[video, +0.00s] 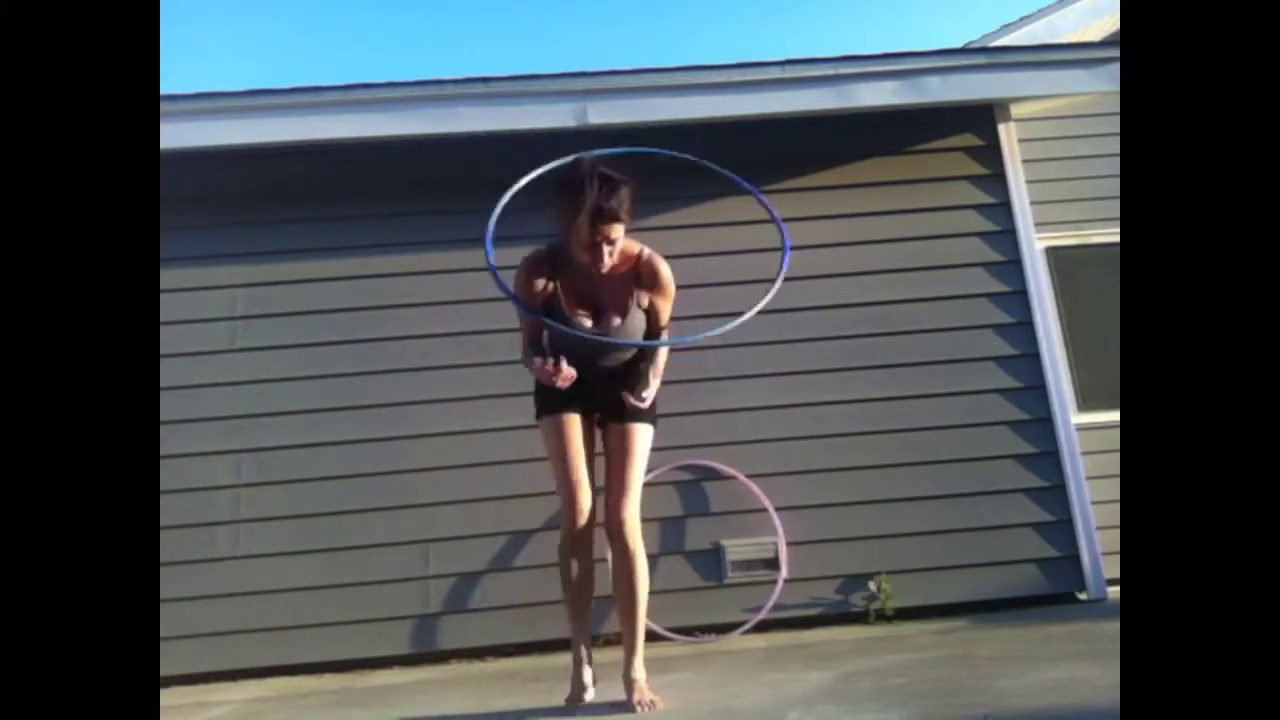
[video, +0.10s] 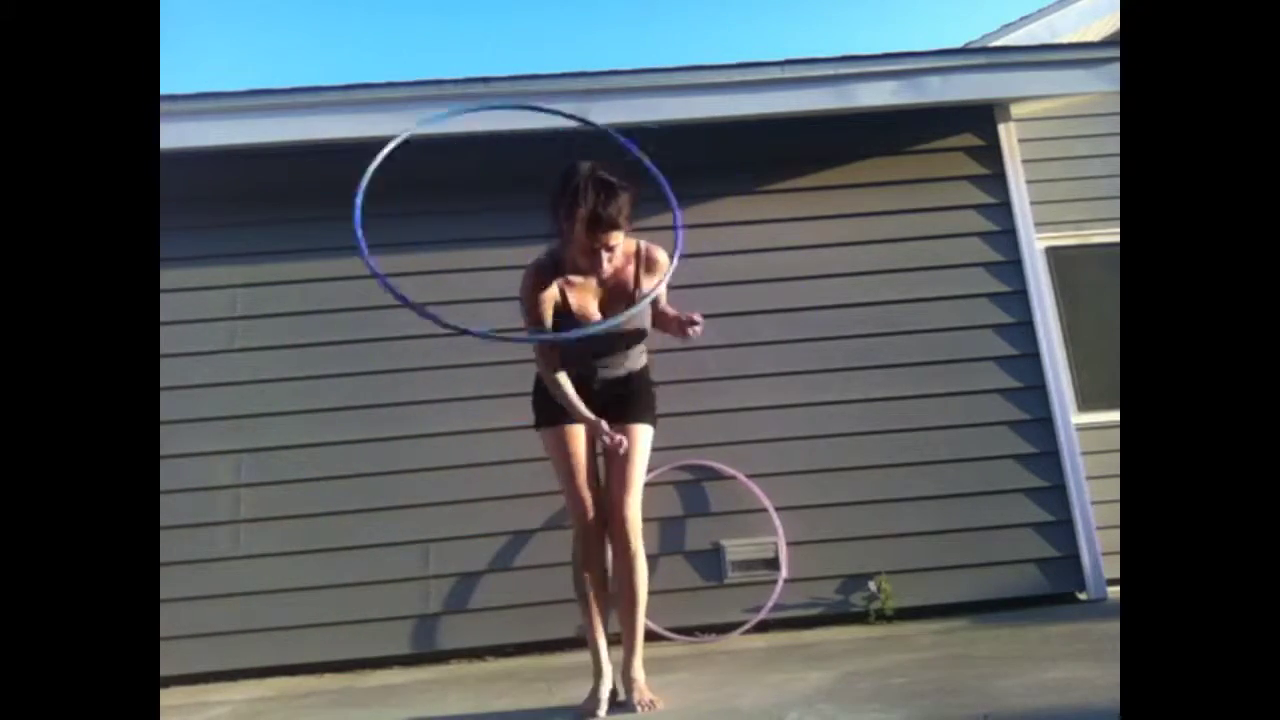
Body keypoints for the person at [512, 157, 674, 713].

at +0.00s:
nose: (602, 252)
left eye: (611, 241)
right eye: (592, 242)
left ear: (626, 224)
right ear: (568, 224)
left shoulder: (650, 270)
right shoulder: (539, 270)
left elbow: (659, 337)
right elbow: (530, 345)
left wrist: (650, 379)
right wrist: (545, 369)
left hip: (628, 380)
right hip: (563, 381)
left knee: (622, 519)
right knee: (578, 515)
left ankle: (635, 668)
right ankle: (582, 663)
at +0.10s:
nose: (605, 252)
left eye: (614, 241)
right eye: (594, 242)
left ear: (628, 227)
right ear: (569, 226)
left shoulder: (650, 259)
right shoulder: (543, 278)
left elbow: (653, 312)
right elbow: (548, 366)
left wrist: (674, 322)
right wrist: (592, 421)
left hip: (630, 384)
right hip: (564, 386)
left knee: (625, 517)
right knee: (588, 519)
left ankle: (634, 665)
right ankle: (602, 668)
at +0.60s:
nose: (616, 269)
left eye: (626, 258)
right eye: (606, 258)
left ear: (640, 246)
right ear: (583, 246)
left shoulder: (657, 281)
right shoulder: (550, 291)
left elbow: (658, 348)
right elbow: (535, 365)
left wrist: (657, 374)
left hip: (621, 392)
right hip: (557, 397)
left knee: (658, 517)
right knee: (586, 531)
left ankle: (689, 650)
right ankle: (603, 672)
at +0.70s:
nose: (618, 269)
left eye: (627, 258)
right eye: (607, 259)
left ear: (640, 247)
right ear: (583, 247)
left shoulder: (658, 284)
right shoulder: (552, 277)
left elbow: (660, 367)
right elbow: (504, 329)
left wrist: (631, 423)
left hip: (629, 392)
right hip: (562, 393)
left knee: (679, 518)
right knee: (584, 528)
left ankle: (734, 646)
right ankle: (604, 673)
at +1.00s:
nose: (640, 272)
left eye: (648, 260)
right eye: (628, 263)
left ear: (660, 244)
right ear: (603, 247)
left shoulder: (680, 290)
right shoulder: (575, 267)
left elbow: (674, 378)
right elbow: (559, 320)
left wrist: (626, 432)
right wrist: (535, 316)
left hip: (661, 387)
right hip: (596, 390)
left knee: (705, 515)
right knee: (602, 532)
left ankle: (765, 655)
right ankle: (606, 676)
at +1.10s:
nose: (656, 273)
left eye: (664, 261)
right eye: (645, 264)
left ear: (676, 245)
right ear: (620, 253)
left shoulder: (698, 283)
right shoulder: (588, 290)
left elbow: (700, 362)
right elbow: (576, 355)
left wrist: (681, 425)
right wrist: (585, 367)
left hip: (679, 383)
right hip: (612, 385)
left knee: (721, 516)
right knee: (613, 527)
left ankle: (766, 657)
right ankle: (608, 676)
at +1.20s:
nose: (676, 272)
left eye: (685, 259)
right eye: (664, 263)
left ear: (700, 245)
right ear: (639, 252)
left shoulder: (720, 274)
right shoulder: (611, 293)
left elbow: (716, 328)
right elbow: (613, 371)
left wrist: (735, 373)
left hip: (694, 381)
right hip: (630, 387)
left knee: (733, 521)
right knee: (627, 529)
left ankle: (768, 659)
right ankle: (611, 675)